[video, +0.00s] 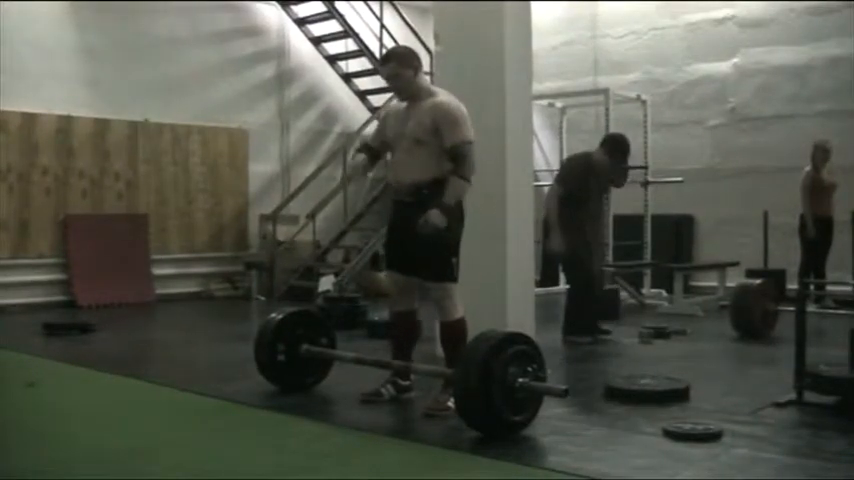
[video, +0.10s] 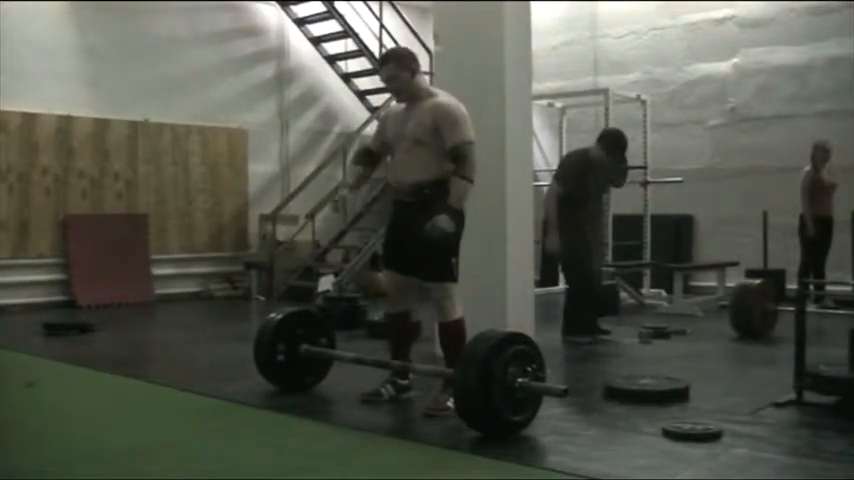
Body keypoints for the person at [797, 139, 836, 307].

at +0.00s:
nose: (824, 159)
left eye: (826, 155)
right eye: (821, 155)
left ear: (828, 157)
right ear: (814, 155)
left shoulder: (823, 175)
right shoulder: (809, 175)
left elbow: (824, 200)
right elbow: (806, 202)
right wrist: (809, 224)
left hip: (825, 220)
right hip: (811, 220)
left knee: (820, 259)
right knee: (808, 259)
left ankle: (820, 293)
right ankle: (803, 293)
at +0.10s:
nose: (824, 159)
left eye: (826, 155)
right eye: (821, 155)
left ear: (828, 157)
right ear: (814, 155)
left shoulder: (824, 175)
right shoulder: (809, 175)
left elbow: (824, 199)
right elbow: (805, 201)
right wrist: (809, 224)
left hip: (824, 220)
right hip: (811, 220)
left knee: (820, 259)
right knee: (808, 258)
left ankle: (820, 294)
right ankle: (802, 293)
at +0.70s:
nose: (824, 159)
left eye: (826, 156)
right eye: (821, 155)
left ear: (828, 157)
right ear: (814, 155)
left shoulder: (824, 175)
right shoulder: (809, 174)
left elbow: (825, 200)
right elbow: (805, 201)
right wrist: (809, 224)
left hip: (824, 221)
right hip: (811, 220)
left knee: (820, 260)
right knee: (808, 259)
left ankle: (820, 294)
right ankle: (803, 293)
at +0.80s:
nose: (823, 160)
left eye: (825, 157)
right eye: (820, 156)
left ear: (828, 158)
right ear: (813, 156)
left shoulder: (823, 175)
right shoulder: (809, 175)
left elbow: (823, 199)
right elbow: (805, 201)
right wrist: (809, 224)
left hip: (824, 220)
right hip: (811, 220)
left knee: (820, 259)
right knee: (808, 258)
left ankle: (820, 294)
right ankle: (803, 293)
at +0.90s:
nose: (823, 160)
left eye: (825, 157)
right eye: (820, 156)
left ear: (828, 158)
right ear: (813, 156)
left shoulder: (823, 175)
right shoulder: (809, 175)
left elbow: (824, 199)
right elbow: (805, 201)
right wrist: (809, 224)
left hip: (824, 220)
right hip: (811, 220)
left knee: (820, 259)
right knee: (808, 258)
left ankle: (820, 294)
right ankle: (803, 293)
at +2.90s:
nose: (823, 157)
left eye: (825, 154)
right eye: (820, 153)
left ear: (827, 155)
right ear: (813, 154)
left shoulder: (825, 173)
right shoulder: (808, 174)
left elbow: (823, 198)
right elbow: (802, 199)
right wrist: (806, 223)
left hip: (822, 219)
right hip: (808, 219)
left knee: (818, 259)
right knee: (806, 258)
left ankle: (819, 293)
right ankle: (802, 293)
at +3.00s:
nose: (825, 157)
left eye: (826, 154)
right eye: (822, 154)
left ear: (828, 156)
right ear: (814, 154)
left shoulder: (826, 174)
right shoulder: (809, 174)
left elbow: (824, 198)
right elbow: (803, 199)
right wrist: (806, 223)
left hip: (822, 219)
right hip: (808, 219)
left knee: (818, 258)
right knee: (806, 258)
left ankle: (819, 293)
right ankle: (802, 292)